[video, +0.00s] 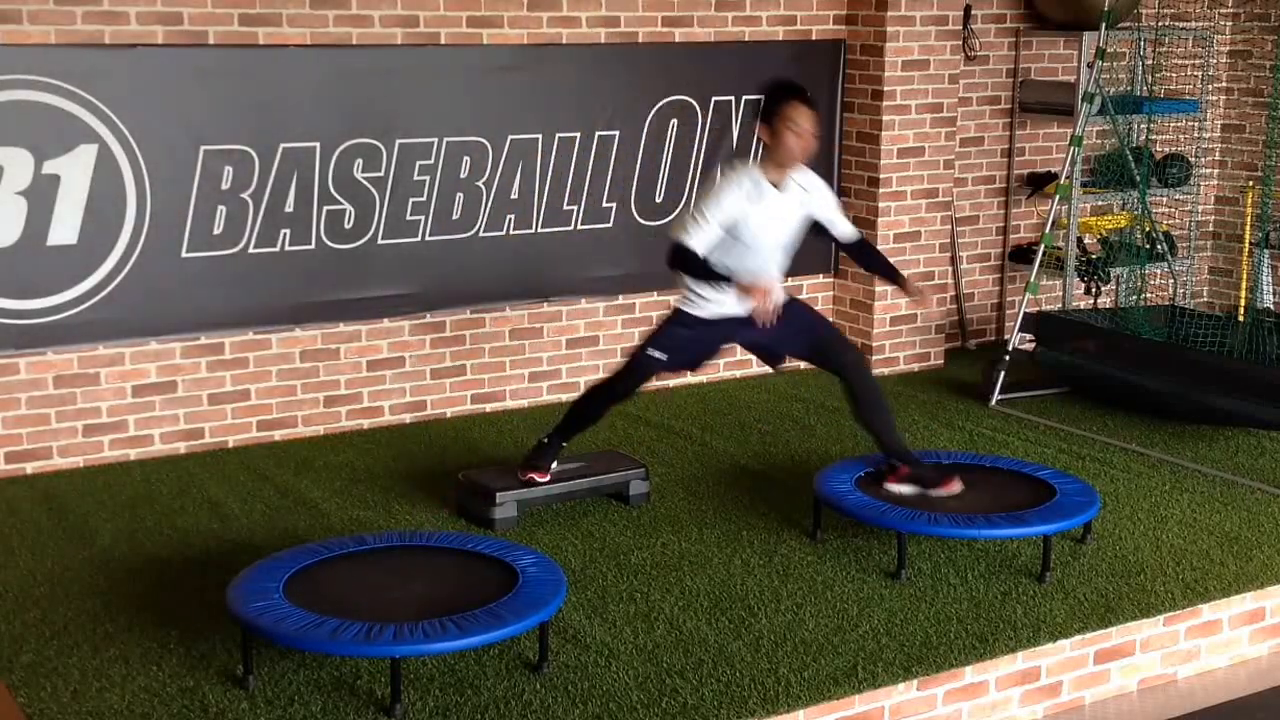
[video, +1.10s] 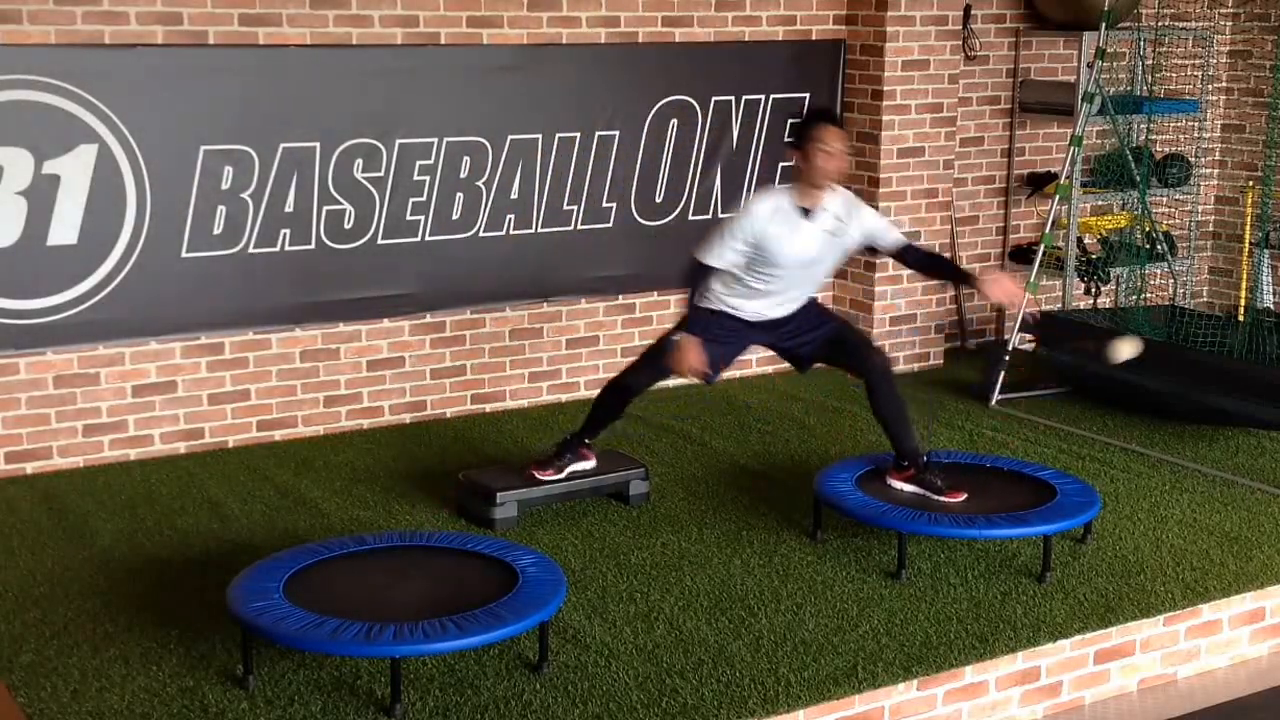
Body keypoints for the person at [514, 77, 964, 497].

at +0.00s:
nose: (804, 139)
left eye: (811, 132)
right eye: (794, 128)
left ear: (815, 138)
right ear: (766, 131)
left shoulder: (811, 189)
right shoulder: (734, 185)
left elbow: (853, 242)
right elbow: (679, 254)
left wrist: (901, 282)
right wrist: (741, 283)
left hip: (771, 309)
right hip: (707, 310)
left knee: (850, 359)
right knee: (624, 383)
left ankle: (902, 463)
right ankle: (548, 449)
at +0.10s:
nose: (861, 185)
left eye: (864, 175)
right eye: (850, 174)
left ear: (862, 182)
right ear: (818, 178)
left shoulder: (863, 231)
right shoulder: (780, 230)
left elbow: (906, 290)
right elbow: (720, 291)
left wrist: (953, 339)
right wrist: (748, 344)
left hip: (809, 327)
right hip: (745, 336)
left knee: (894, 353)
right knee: (654, 401)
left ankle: (909, 462)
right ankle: (560, 446)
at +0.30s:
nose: (929, 235)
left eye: (931, 226)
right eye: (919, 225)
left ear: (922, 230)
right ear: (884, 225)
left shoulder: (914, 274)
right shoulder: (842, 268)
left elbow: (954, 316)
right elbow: (790, 335)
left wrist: (1002, 332)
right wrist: (817, 403)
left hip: (833, 350)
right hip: (774, 351)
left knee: (920, 347)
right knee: (670, 408)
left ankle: (908, 462)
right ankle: (565, 450)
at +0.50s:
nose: (964, 250)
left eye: (966, 240)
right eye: (956, 239)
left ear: (950, 243)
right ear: (919, 239)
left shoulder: (942, 280)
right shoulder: (875, 275)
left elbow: (1002, 311)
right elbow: (822, 341)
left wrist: (1071, 312)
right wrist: (850, 406)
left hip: (846, 349)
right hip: (787, 349)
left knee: (930, 346)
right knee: (687, 406)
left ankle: (909, 461)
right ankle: (571, 454)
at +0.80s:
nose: (969, 239)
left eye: (971, 229)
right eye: (960, 228)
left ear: (958, 235)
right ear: (925, 229)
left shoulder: (946, 283)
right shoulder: (875, 269)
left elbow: (990, 341)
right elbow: (818, 334)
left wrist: (1044, 391)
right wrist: (821, 406)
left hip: (849, 340)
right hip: (791, 333)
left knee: (933, 348)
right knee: (684, 400)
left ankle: (910, 463)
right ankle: (572, 454)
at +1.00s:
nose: (906, 191)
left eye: (909, 181)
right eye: (895, 181)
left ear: (903, 188)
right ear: (860, 183)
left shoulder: (899, 242)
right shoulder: (813, 227)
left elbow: (948, 303)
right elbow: (770, 293)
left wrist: (1001, 358)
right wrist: (757, 361)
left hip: (832, 321)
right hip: (764, 319)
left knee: (904, 353)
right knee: (661, 383)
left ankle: (910, 468)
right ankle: (572, 443)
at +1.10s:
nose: (839, 162)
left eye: (844, 153)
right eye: (828, 152)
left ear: (847, 161)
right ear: (800, 157)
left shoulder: (853, 214)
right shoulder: (762, 210)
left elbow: (909, 252)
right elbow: (704, 265)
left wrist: (972, 280)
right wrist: (690, 332)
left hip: (796, 316)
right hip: (728, 314)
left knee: (872, 359)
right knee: (647, 366)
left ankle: (910, 464)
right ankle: (578, 445)